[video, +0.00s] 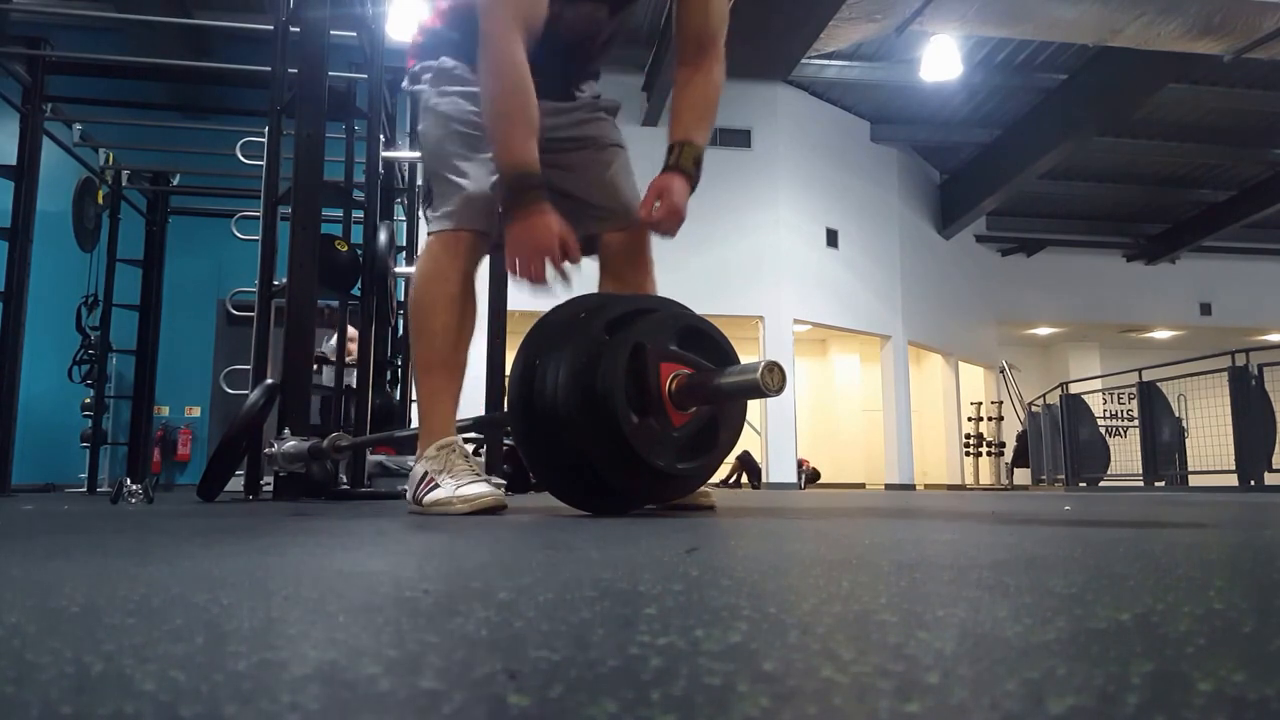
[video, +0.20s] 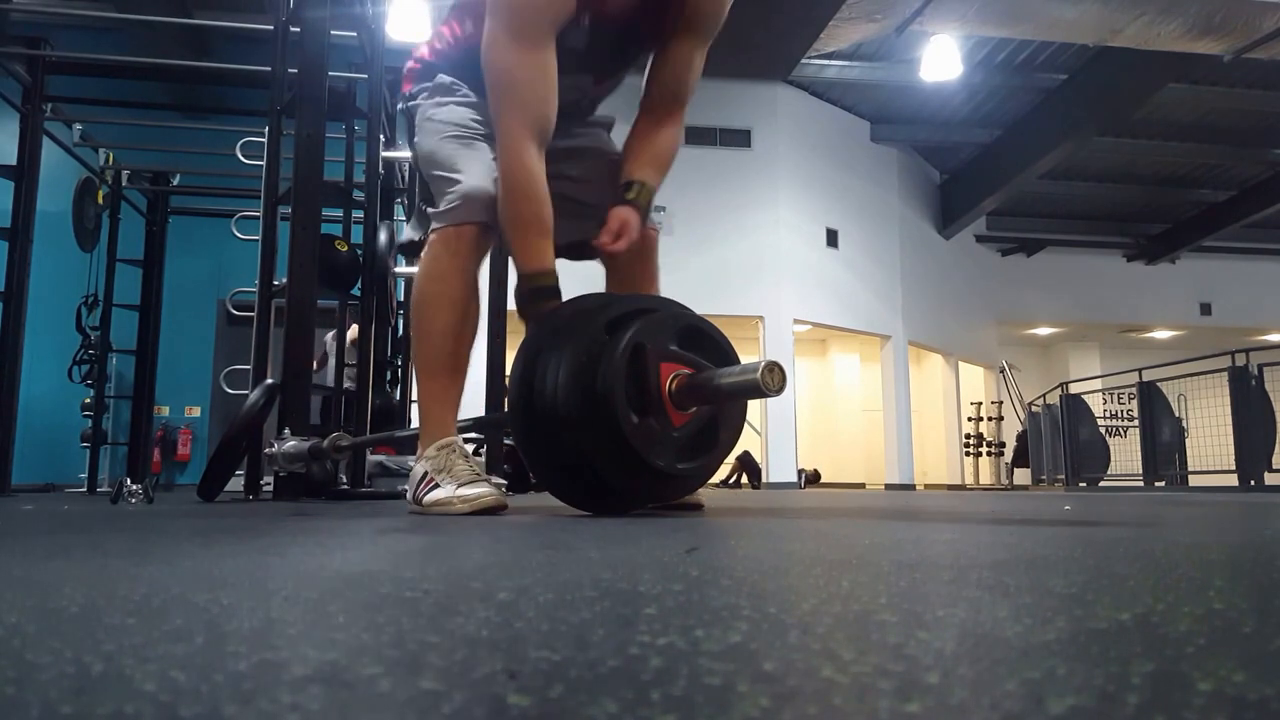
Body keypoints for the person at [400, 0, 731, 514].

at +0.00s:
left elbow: (702, 54)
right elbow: (502, 34)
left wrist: (681, 167)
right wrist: (524, 195)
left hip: (566, 84)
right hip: (463, 65)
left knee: (627, 232)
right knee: (463, 223)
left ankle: (648, 456)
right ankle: (437, 453)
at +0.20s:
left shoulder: (704, 4)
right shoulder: (533, 5)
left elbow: (666, 107)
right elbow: (523, 138)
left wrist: (634, 200)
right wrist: (542, 304)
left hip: (571, 111)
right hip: (461, 85)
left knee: (638, 235)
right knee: (473, 203)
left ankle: (645, 455)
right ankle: (438, 453)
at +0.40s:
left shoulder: (721, 19)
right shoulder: (547, 10)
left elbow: (666, 144)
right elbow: (524, 167)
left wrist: (622, 219)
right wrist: (546, 318)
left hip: (578, 118)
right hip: (467, 92)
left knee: (650, 237)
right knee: (479, 210)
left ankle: (646, 457)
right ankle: (438, 453)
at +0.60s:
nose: (721, 5)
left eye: (730, 3)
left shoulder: (729, 27)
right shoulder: (557, 11)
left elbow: (673, 154)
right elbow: (531, 171)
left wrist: (635, 215)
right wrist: (554, 323)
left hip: (579, 122)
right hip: (471, 96)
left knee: (651, 237)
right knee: (488, 209)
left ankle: (646, 453)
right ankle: (438, 453)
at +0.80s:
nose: (722, 9)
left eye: (734, 3)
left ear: (742, 3)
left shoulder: (728, 31)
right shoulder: (559, 12)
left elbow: (671, 155)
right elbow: (535, 180)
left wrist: (635, 215)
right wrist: (561, 331)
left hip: (579, 124)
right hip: (471, 98)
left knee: (649, 238)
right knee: (490, 208)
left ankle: (646, 453)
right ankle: (439, 453)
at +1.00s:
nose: (718, 11)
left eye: (730, 3)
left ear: (738, 2)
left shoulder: (724, 32)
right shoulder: (558, 14)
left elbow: (668, 155)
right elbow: (536, 191)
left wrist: (634, 214)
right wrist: (570, 345)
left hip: (572, 122)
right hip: (464, 98)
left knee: (646, 238)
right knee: (491, 207)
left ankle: (641, 453)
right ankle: (440, 453)